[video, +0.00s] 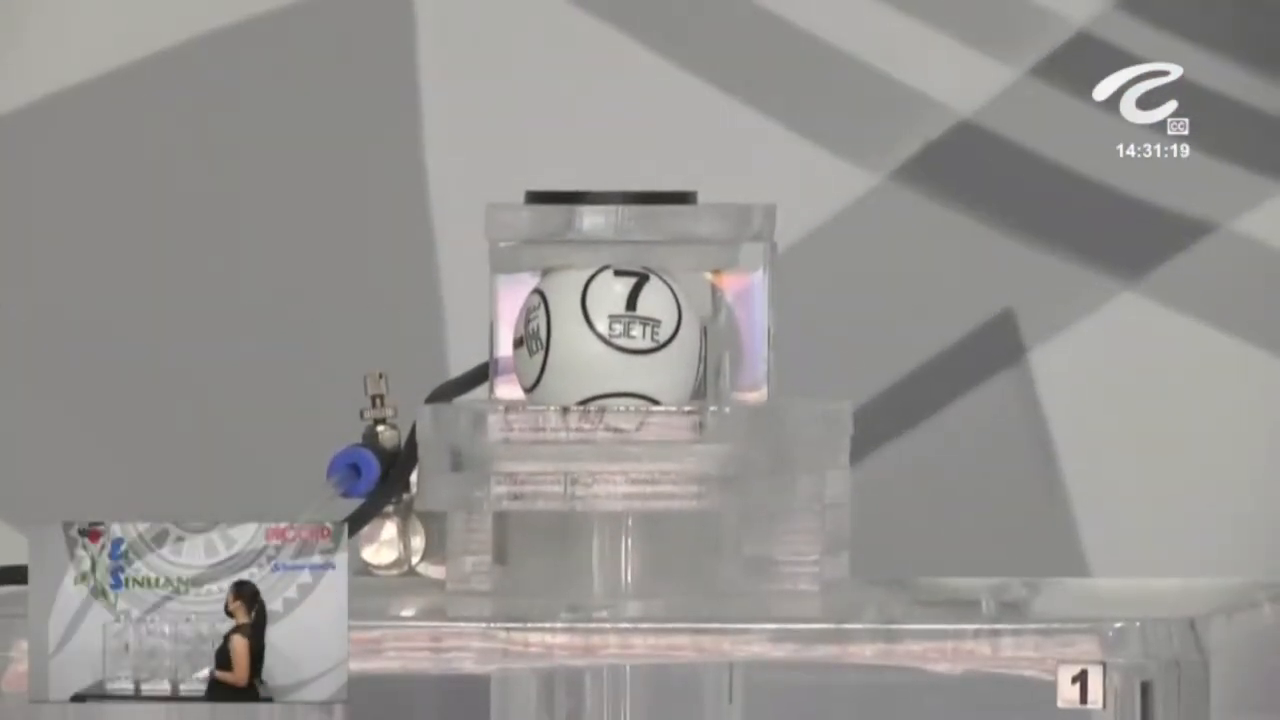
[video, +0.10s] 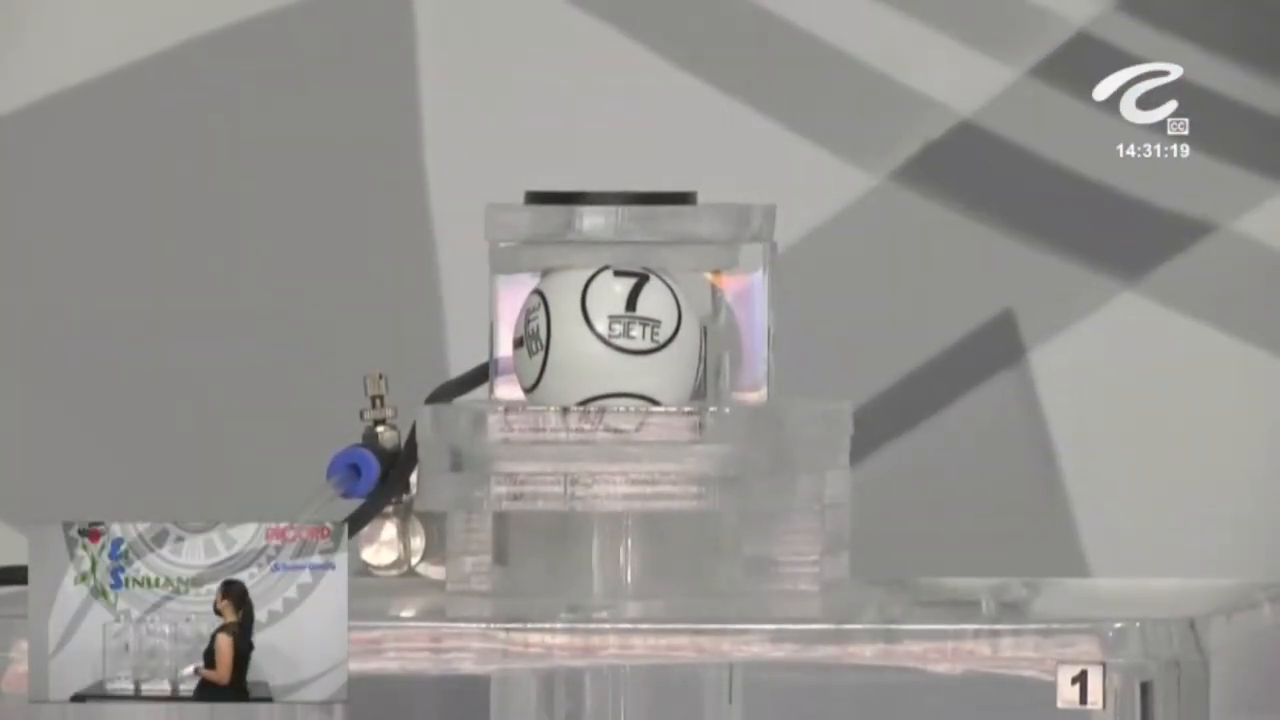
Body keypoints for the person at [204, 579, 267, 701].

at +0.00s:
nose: (226, 601)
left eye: (229, 597)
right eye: (227, 597)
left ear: (238, 602)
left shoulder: (238, 636)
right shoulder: (254, 631)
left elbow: (240, 679)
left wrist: (213, 674)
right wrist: (216, 671)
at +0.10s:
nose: (215, 600)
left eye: (217, 596)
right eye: (216, 595)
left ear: (225, 601)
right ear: (239, 602)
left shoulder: (224, 634)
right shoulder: (243, 631)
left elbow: (222, 677)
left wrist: (199, 671)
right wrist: (205, 669)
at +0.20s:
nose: (205, 599)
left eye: (208, 595)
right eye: (207, 595)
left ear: (214, 600)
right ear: (230, 600)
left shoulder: (212, 632)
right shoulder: (234, 630)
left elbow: (208, 674)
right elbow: (227, 671)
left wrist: (189, 667)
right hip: (228, 696)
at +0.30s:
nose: (194, 602)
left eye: (196, 597)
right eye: (195, 597)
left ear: (203, 600)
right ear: (217, 601)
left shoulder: (199, 632)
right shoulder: (222, 631)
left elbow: (194, 674)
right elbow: (215, 671)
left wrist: (176, 667)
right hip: (216, 695)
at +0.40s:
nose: (189, 603)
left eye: (191, 599)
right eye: (191, 598)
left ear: (197, 601)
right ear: (212, 602)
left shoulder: (195, 633)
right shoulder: (216, 631)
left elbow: (188, 675)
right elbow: (209, 672)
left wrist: (169, 667)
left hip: (189, 699)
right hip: (210, 697)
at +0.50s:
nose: (181, 603)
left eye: (183, 599)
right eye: (182, 599)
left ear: (188, 602)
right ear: (204, 603)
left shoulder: (189, 634)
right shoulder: (207, 632)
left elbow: (183, 675)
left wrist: (163, 668)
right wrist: (174, 637)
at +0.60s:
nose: (174, 602)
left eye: (176, 598)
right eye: (176, 598)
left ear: (182, 601)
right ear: (196, 601)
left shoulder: (182, 633)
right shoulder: (199, 629)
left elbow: (182, 674)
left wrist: (158, 668)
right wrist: (165, 628)